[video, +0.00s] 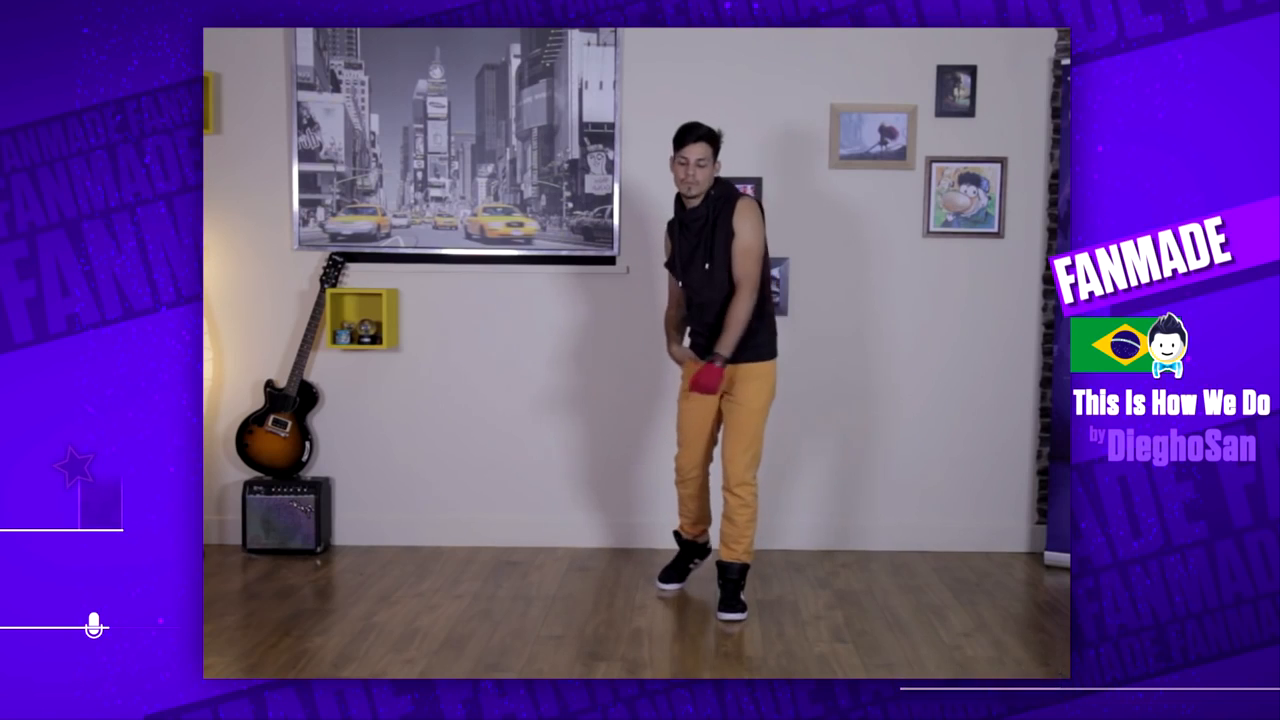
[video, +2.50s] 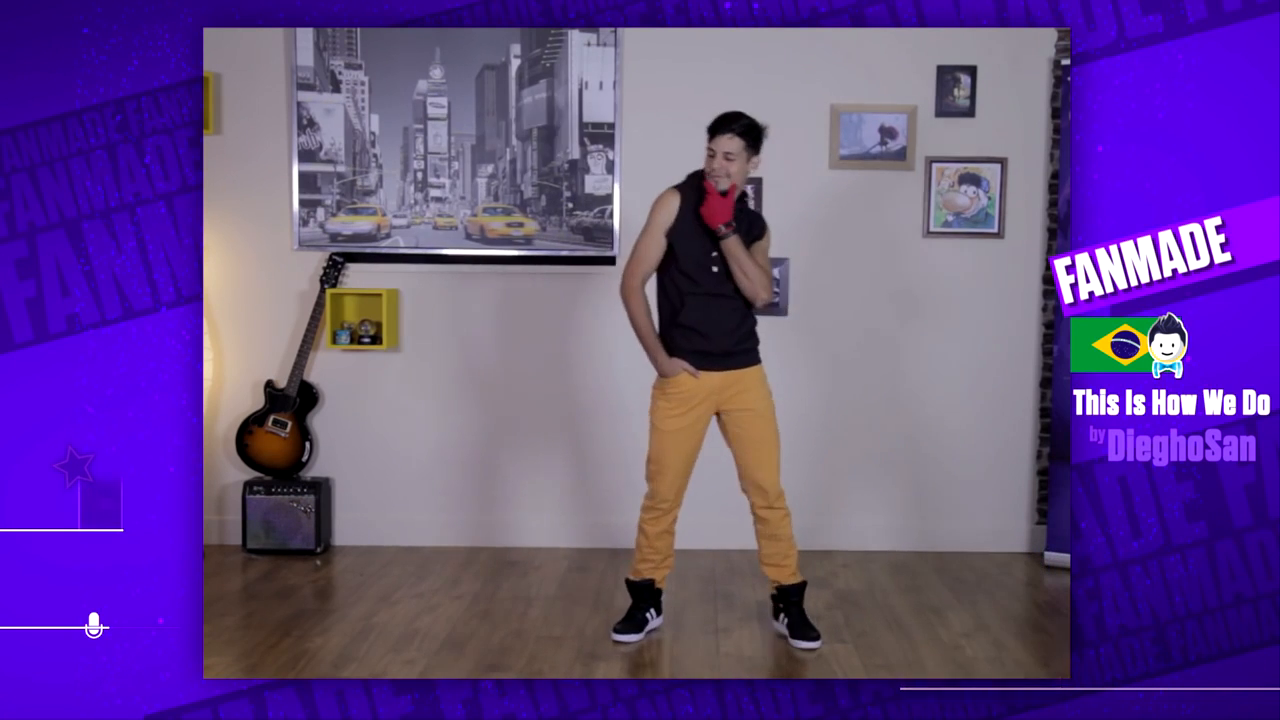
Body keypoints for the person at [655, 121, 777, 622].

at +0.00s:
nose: (689, 173)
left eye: (700, 164)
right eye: (682, 163)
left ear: (716, 167)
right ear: (671, 167)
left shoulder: (743, 211)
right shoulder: (676, 228)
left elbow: (748, 288)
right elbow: (676, 296)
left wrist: (719, 357)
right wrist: (673, 342)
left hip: (749, 359)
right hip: (700, 358)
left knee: (737, 473)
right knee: (689, 464)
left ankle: (733, 576)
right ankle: (692, 544)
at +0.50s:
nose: (729, 160)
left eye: (740, 153)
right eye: (722, 150)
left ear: (755, 161)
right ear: (711, 155)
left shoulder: (775, 215)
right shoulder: (688, 219)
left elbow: (790, 290)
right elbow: (660, 294)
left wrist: (784, 350)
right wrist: (676, 349)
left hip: (762, 368)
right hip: (707, 364)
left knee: (744, 477)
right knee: (688, 470)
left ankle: (734, 577)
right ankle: (686, 541)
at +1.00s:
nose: (752, 166)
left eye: (764, 158)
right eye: (746, 155)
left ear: (783, 168)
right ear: (737, 159)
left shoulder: (783, 231)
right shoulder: (704, 204)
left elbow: (793, 305)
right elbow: (656, 276)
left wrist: (808, 375)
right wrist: (684, 347)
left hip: (754, 371)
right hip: (700, 366)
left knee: (741, 481)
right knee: (686, 478)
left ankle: (731, 587)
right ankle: (672, 592)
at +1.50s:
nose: (696, 153)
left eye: (708, 146)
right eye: (689, 144)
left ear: (724, 157)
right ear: (677, 151)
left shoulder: (746, 219)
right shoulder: (649, 215)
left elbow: (764, 305)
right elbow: (612, 293)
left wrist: (720, 289)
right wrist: (644, 354)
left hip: (735, 376)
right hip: (673, 375)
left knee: (758, 481)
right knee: (660, 489)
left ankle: (750, 576)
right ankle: (644, 598)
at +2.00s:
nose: (769, 161)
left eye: (779, 152)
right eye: (760, 151)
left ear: (790, 157)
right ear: (741, 152)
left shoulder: (799, 215)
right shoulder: (712, 210)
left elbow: (784, 281)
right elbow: (696, 287)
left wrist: (760, 212)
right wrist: (684, 347)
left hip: (767, 384)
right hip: (704, 379)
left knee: (784, 498)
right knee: (678, 497)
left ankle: (801, 606)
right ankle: (670, 605)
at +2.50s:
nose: (718, 165)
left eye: (730, 158)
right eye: (713, 155)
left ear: (752, 166)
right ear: (704, 155)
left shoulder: (753, 224)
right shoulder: (675, 205)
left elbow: (760, 293)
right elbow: (631, 284)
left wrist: (725, 231)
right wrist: (661, 360)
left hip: (743, 377)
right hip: (682, 378)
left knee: (768, 491)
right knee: (661, 495)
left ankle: (789, 602)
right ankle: (645, 601)